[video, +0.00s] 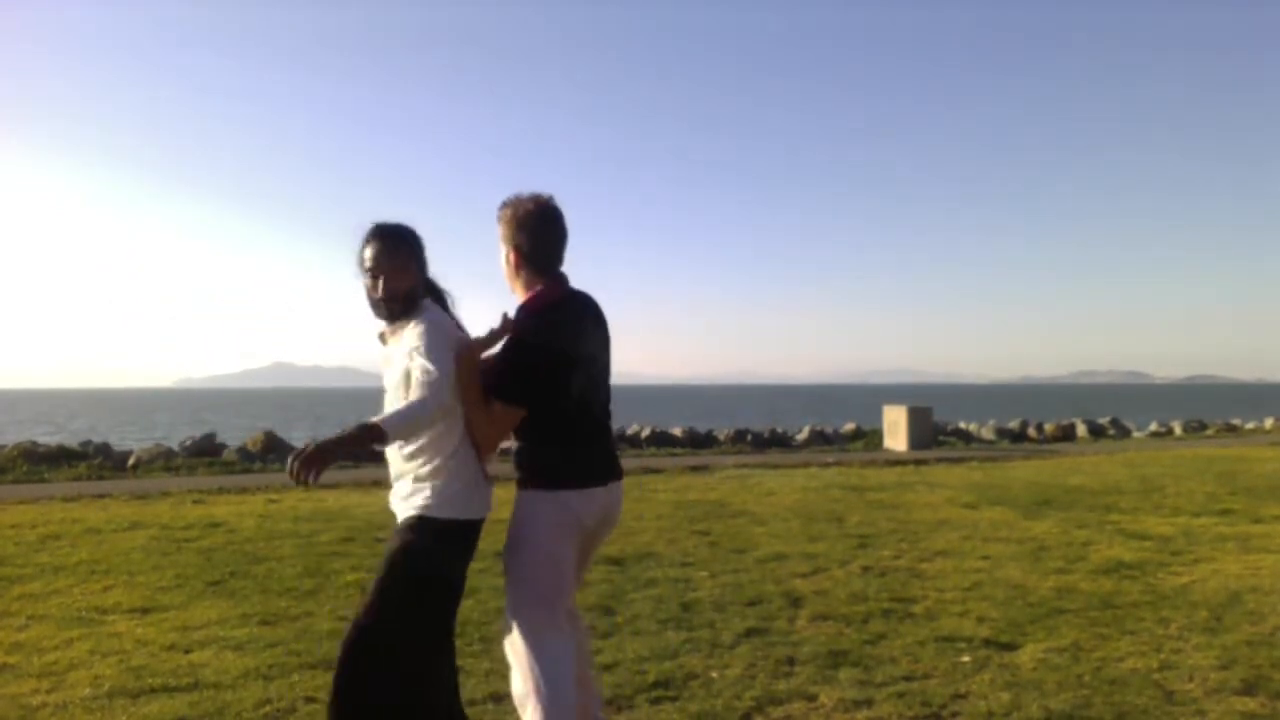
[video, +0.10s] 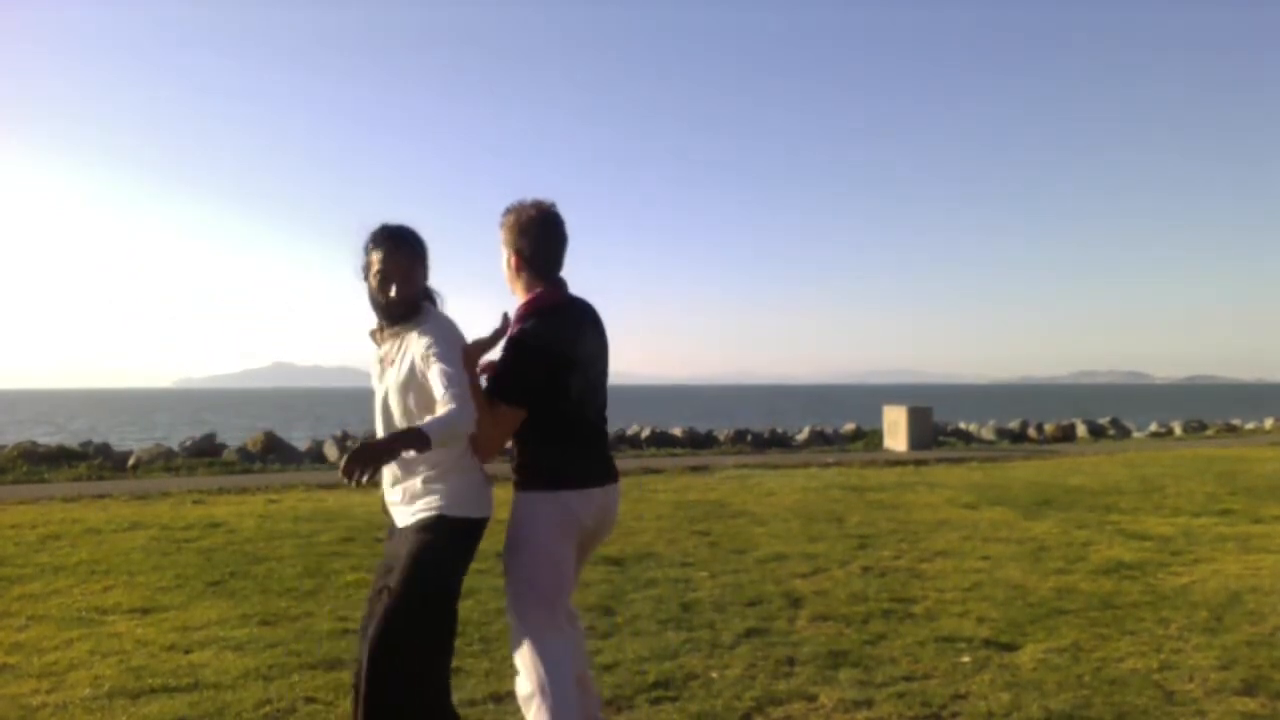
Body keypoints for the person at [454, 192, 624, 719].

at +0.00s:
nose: (501, 259)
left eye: (501, 249)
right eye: (502, 249)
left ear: (512, 255)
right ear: (560, 250)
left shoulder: (533, 329)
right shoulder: (587, 311)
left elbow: (488, 432)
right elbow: (556, 395)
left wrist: (467, 360)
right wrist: (502, 347)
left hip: (553, 497)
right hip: (601, 488)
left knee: (529, 624)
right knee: (556, 611)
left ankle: (551, 713)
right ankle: (585, 709)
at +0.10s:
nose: (502, 262)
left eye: (503, 253)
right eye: (503, 252)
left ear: (512, 259)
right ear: (560, 256)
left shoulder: (528, 334)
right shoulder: (585, 317)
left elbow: (488, 437)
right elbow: (557, 406)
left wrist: (468, 368)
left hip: (549, 498)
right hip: (598, 489)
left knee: (534, 626)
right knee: (553, 611)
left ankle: (553, 711)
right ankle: (583, 707)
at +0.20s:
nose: (501, 266)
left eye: (503, 257)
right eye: (503, 256)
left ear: (512, 264)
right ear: (557, 262)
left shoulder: (526, 334)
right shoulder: (585, 324)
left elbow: (500, 435)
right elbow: (571, 409)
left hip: (546, 498)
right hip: (596, 490)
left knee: (537, 633)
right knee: (556, 613)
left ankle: (556, 710)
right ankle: (583, 706)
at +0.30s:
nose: (502, 274)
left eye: (502, 265)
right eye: (504, 264)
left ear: (511, 271)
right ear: (554, 268)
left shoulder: (524, 336)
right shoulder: (586, 330)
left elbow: (511, 424)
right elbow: (615, 390)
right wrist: (563, 391)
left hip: (544, 502)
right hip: (598, 496)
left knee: (540, 632)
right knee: (556, 611)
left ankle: (560, 712)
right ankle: (584, 706)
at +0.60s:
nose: (495, 306)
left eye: (496, 298)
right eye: (497, 298)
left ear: (504, 299)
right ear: (544, 297)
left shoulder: (505, 349)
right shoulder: (580, 354)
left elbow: (472, 400)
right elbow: (636, 423)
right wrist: (592, 443)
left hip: (545, 507)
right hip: (603, 502)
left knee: (539, 635)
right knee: (554, 616)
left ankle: (563, 712)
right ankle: (580, 705)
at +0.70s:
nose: (491, 315)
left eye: (491, 308)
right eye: (493, 309)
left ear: (499, 307)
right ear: (537, 306)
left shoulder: (501, 344)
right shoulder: (569, 356)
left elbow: (455, 368)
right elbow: (635, 425)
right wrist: (603, 460)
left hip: (552, 506)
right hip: (604, 499)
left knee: (519, 639)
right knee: (554, 615)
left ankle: (549, 714)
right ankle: (582, 710)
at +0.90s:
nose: (467, 331)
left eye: (468, 325)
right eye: (467, 326)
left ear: (478, 322)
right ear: (513, 319)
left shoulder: (475, 351)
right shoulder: (546, 356)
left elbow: (412, 356)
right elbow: (617, 422)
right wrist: (611, 467)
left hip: (543, 502)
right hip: (600, 499)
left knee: (463, 607)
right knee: (532, 614)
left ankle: (480, 714)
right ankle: (573, 714)